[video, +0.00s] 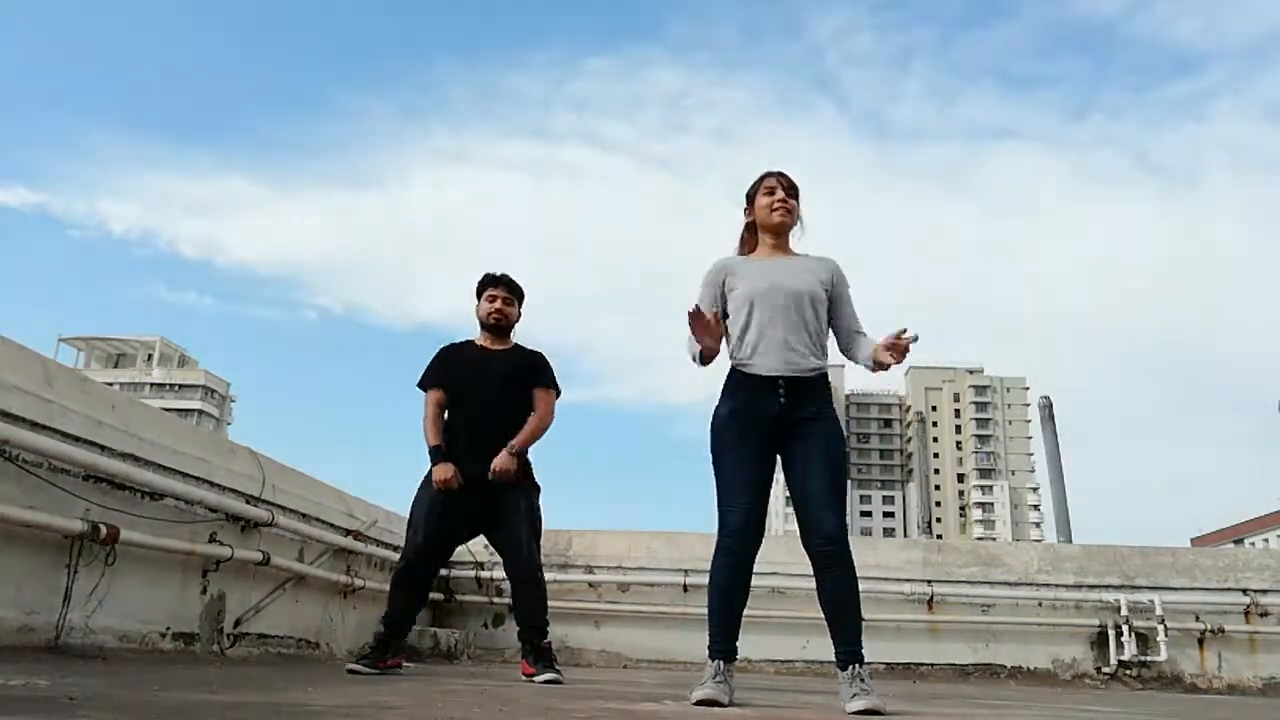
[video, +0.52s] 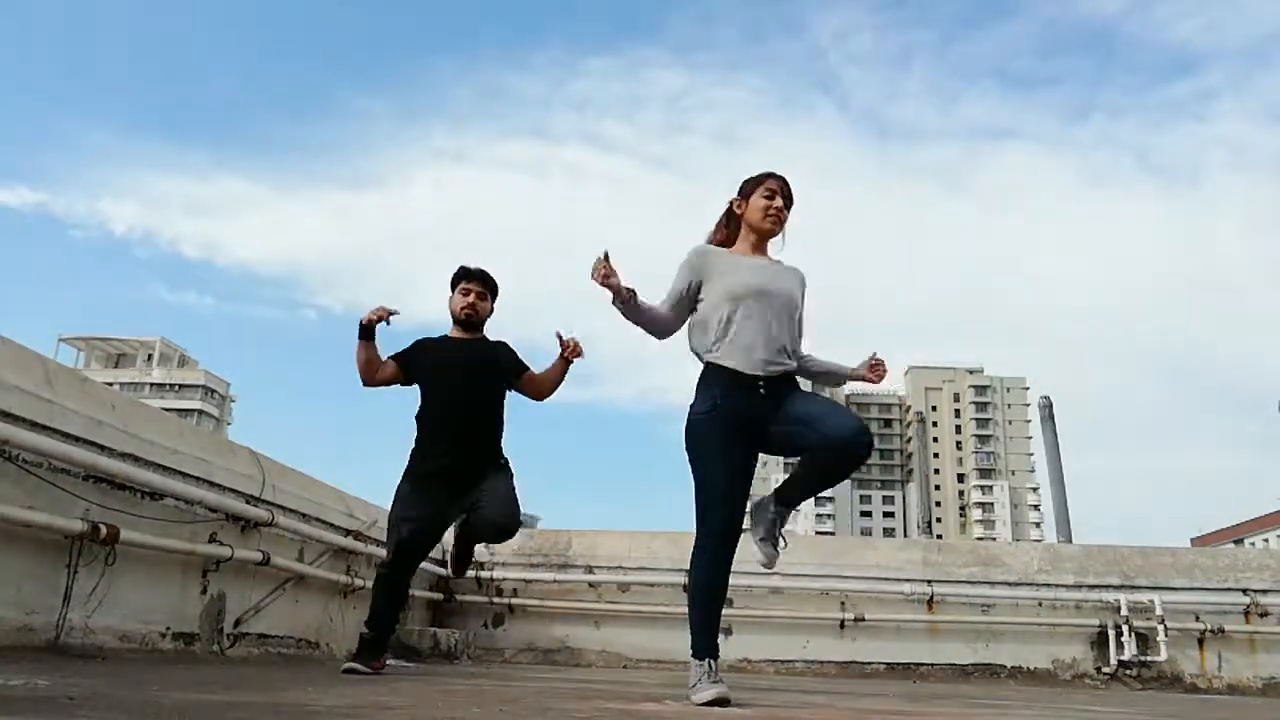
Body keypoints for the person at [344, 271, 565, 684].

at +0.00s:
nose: (498, 306)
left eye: (507, 302)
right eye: (491, 299)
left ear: (518, 313)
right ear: (477, 307)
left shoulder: (534, 362)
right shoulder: (451, 355)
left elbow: (544, 412)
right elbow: (433, 409)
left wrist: (514, 450)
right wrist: (439, 458)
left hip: (508, 483)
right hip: (452, 478)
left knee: (526, 566)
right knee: (416, 558)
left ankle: (537, 653)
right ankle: (389, 644)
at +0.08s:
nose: (493, 319)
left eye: (502, 315)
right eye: (485, 313)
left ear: (513, 328)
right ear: (472, 322)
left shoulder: (529, 380)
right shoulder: (445, 371)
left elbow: (540, 435)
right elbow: (427, 424)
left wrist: (514, 475)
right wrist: (435, 477)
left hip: (505, 494)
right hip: (445, 491)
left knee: (530, 567)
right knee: (404, 561)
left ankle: (536, 656)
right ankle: (373, 650)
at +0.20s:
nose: (482, 315)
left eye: (491, 311)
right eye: (475, 309)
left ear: (502, 323)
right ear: (461, 317)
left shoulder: (514, 376)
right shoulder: (433, 364)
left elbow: (524, 429)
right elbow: (415, 415)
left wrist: (519, 466)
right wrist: (423, 460)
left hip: (492, 490)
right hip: (435, 485)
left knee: (518, 570)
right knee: (401, 564)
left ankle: (536, 657)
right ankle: (373, 650)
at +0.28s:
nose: (476, 301)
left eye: (486, 297)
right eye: (470, 294)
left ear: (497, 310)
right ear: (457, 301)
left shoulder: (508, 361)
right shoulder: (428, 352)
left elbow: (528, 404)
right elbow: (395, 397)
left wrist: (530, 427)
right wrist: (402, 407)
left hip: (489, 475)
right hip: (431, 471)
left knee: (509, 563)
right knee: (402, 558)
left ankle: (530, 651)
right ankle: (373, 648)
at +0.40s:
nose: (469, 301)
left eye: (479, 297)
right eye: (463, 293)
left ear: (489, 310)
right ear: (449, 301)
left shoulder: (498, 355)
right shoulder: (426, 352)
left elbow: (531, 393)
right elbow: (374, 382)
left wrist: (560, 375)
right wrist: (360, 341)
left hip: (485, 472)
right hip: (429, 470)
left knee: (504, 530)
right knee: (402, 557)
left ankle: (476, 566)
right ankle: (372, 649)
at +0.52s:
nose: (471, 300)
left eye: (481, 296)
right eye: (465, 292)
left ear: (491, 309)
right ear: (450, 301)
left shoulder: (500, 355)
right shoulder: (426, 351)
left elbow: (539, 388)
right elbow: (372, 375)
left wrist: (563, 361)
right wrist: (366, 330)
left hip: (486, 469)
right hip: (430, 469)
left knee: (502, 523)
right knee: (398, 558)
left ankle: (466, 535)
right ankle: (372, 650)